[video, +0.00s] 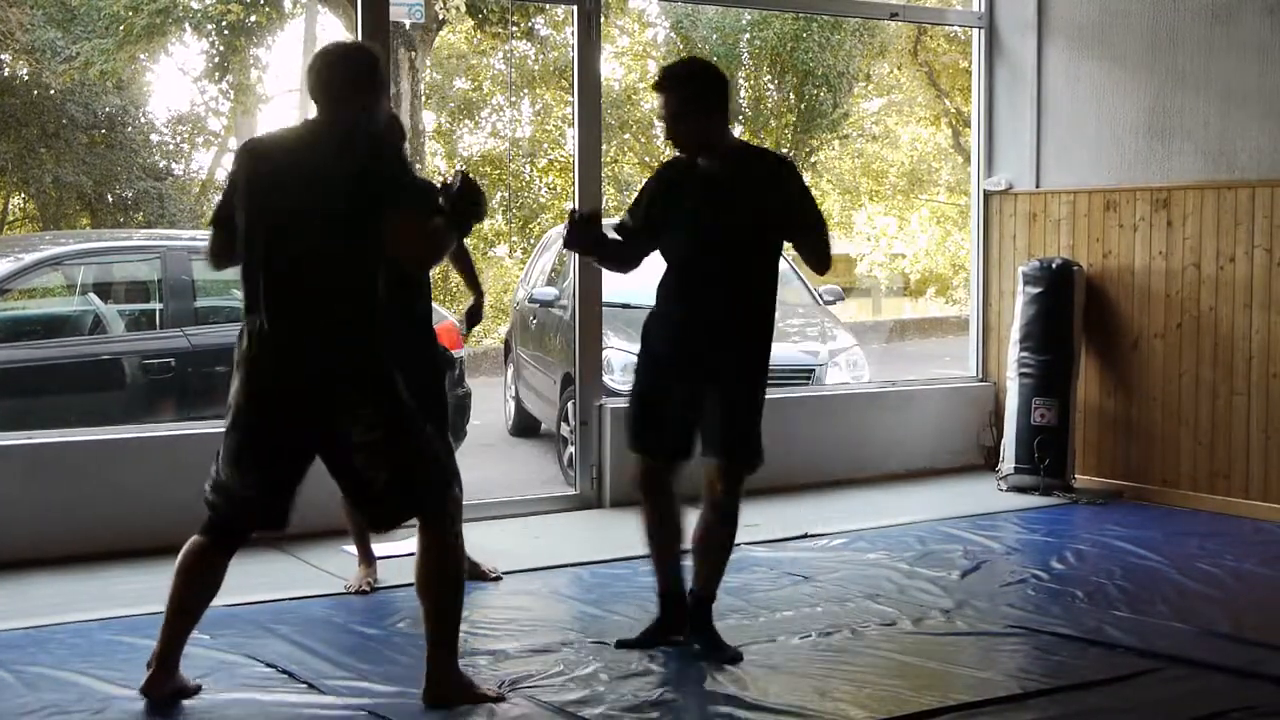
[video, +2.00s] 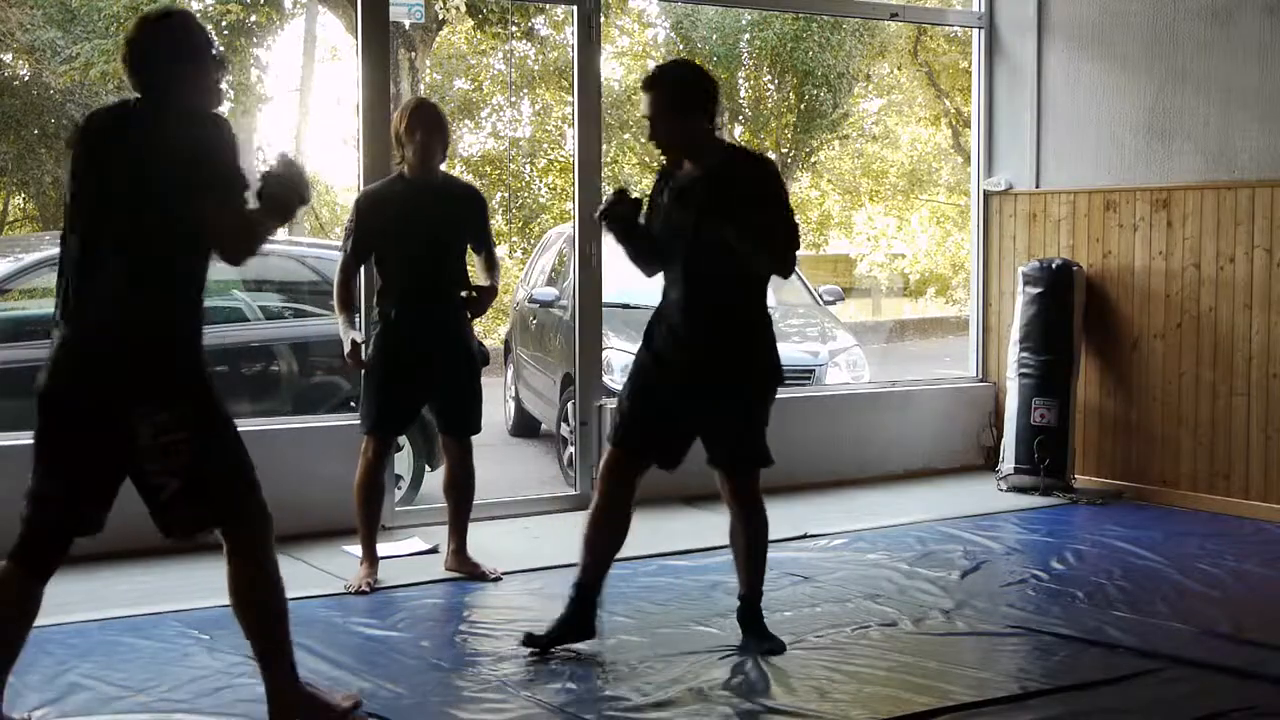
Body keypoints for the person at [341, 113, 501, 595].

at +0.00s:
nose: (396, 141)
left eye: (398, 133)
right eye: (387, 132)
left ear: (403, 142)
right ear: (366, 139)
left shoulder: (413, 193)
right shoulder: (336, 196)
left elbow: (450, 240)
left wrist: (478, 294)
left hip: (411, 337)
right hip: (348, 339)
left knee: (434, 444)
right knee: (348, 455)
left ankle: (449, 550)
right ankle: (365, 560)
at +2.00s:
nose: (433, 140)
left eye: (438, 131)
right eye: (424, 131)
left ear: (447, 137)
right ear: (403, 137)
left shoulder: (466, 198)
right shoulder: (375, 200)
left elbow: (487, 256)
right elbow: (348, 271)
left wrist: (490, 290)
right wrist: (348, 330)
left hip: (450, 334)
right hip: (393, 336)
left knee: (458, 445)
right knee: (376, 446)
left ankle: (457, 552)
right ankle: (368, 561)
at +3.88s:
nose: (429, 142)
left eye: (436, 132)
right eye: (420, 132)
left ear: (446, 138)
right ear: (400, 136)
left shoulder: (462, 196)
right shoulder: (379, 189)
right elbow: (361, 258)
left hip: (452, 329)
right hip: (391, 326)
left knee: (456, 443)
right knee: (381, 435)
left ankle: (457, 550)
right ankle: (363, 548)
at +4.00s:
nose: (427, 143)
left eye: (435, 134)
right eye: (418, 133)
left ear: (447, 140)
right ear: (398, 137)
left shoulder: (464, 198)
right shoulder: (376, 189)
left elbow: (487, 264)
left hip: (450, 331)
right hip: (391, 328)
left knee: (456, 446)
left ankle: (457, 549)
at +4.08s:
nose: (428, 144)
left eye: (435, 133)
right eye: (418, 133)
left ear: (447, 139)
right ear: (398, 136)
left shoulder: (464, 198)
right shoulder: (376, 186)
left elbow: (483, 268)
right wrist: (482, 267)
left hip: (451, 331)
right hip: (393, 326)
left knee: (456, 446)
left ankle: (457, 549)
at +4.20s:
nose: (429, 144)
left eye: (434, 134)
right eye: (422, 134)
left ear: (444, 138)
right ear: (406, 134)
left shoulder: (463, 195)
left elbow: (485, 264)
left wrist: (489, 298)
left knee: (457, 444)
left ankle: (458, 549)